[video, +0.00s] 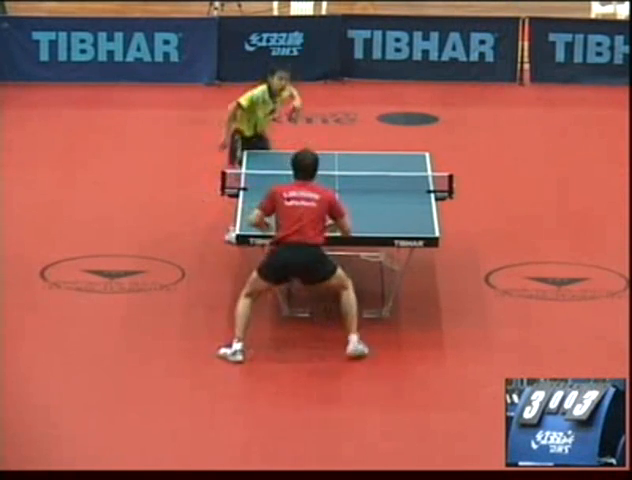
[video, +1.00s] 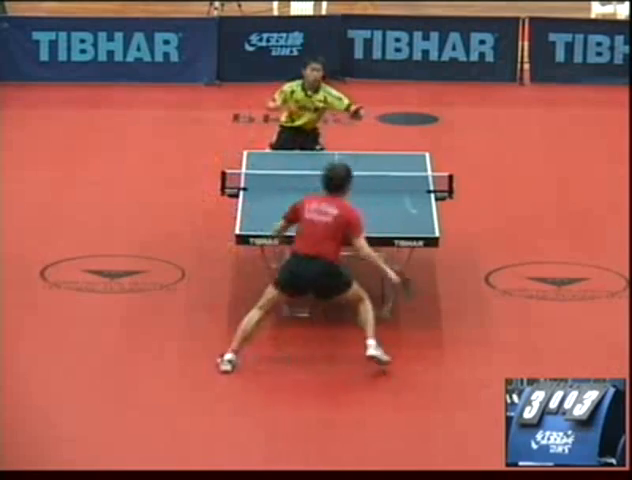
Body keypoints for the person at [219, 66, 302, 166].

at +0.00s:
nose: (283, 84)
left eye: (285, 80)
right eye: (280, 79)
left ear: (288, 83)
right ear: (270, 79)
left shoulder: (280, 94)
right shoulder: (258, 93)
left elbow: (291, 89)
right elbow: (233, 107)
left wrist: (297, 104)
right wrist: (227, 137)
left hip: (258, 132)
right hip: (242, 133)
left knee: (266, 163)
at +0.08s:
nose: (286, 80)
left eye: (289, 76)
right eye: (283, 75)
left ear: (292, 79)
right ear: (273, 75)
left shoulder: (288, 95)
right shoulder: (260, 90)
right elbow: (238, 106)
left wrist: (298, 114)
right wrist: (233, 134)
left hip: (267, 131)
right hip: (249, 132)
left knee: (274, 161)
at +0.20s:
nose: (294, 85)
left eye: (297, 81)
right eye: (290, 80)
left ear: (300, 84)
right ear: (281, 81)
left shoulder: (298, 101)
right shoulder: (266, 98)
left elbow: (303, 120)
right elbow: (248, 117)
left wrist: (308, 123)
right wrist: (243, 140)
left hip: (281, 138)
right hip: (261, 139)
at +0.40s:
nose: (303, 80)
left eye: (306, 76)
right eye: (300, 75)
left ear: (309, 79)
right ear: (291, 77)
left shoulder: (312, 95)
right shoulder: (276, 95)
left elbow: (320, 110)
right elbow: (264, 111)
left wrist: (323, 125)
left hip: (299, 134)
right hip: (279, 135)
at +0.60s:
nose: (304, 90)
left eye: (307, 87)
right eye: (301, 86)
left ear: (309, 89)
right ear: (293, 86)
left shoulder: (314, 104)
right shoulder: (279, 103)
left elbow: (334, 124)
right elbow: (267, 123)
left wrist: (325, 145)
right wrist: (276, 130)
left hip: (304, 143)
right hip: (283, 143)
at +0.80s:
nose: (319, 84)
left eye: (322, 80)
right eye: (315, 80)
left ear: (326, 83)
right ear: (307, 82)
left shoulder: (326, 101)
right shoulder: (295, 94)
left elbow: (340, 115)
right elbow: (281, 111)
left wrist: (354, 116)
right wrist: (272, 117)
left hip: (307, 138)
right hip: (287, 135)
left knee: (307, 167)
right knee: (277, 164)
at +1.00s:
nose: (315, 74)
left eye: (318, 71)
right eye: (312, 70)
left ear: (322, 75)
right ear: (304, 72)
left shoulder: (326, 92)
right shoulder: (291, 88)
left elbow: (342, 102)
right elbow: (277, 99)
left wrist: (353, 110)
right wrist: (272, 108)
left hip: (310, 132)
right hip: (289, 130)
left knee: (317, 159)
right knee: (278, 157)